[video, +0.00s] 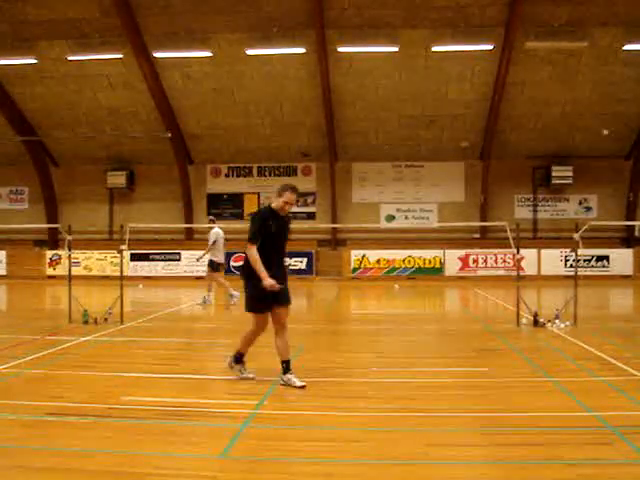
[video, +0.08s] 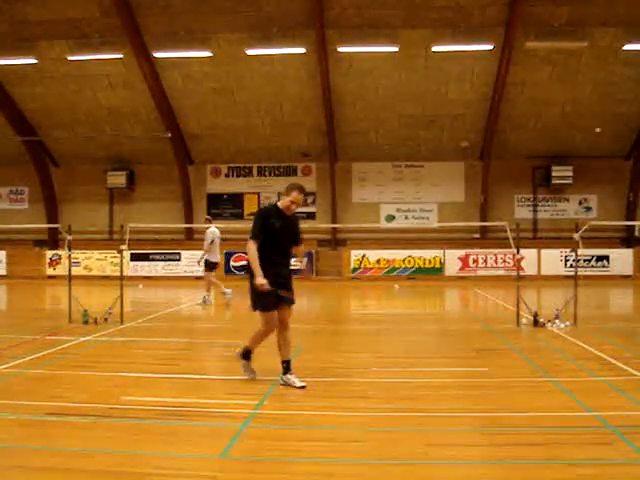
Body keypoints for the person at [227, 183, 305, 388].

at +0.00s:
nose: (288, 207)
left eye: (291, 204)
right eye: (286, 202)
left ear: (293, 204)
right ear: (276, 198)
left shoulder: (284, 220)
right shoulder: (261, 217)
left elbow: (278, 250)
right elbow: (251, 249)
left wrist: (280, 276)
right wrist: (265, 277)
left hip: (278, 275)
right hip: (257, 276)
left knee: (281, 324)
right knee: (260, 324)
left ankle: (286, 371)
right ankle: (237, 359)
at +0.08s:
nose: (293, 207)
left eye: (297, 204)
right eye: (292, 202)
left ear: (300, 204)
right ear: (284, 196)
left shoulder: (292, 220)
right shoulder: (265, 214)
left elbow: (296, 248)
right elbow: (252, 245)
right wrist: (258, 275)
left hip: (283, 274)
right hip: (264, 275)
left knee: (284, 322)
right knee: (269, 325)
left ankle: (286, 371)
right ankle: (245, 353)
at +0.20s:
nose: (300, 203)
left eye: (303, 199)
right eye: (297, 198)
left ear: (306, 199)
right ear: (289, 193)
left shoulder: (305, 218)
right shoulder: (270, 212)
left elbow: (323, 243)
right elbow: (253, 240)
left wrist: (345, 265)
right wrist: (247, 271)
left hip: (291, 274)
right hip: (269, 272)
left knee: (288, 321)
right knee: (281, 319)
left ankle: (287, 371)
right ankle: (265, 357)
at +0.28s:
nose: (300, 201)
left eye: (304, 198)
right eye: (298, 197)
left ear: (307, 198)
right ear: (289, 193)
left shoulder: (307, 217)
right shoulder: (271, 212)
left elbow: (326, 241)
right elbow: (254, 240)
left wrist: (349, 258)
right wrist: (245, 271)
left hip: (293, 273)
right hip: (272, 272)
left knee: (290, 321)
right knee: (283, 318)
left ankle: (287, 371)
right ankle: (270, 363)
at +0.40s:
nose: (301, 199)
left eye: (304, 196)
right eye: (297, 195)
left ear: (309, 194)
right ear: (290, 193)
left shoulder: (315, 214)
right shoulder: (277, 213)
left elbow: (334, 236)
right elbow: (258, 244)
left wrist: (354, 241)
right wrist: (242, 272)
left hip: (303, 276)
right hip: (281, 275)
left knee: (295, 324)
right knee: (290, 322)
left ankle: (288, 371)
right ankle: (291, 375)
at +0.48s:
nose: (302, 200)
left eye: (305, 195)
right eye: (297, 196)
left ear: (310, 194)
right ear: (290, 195)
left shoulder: (319, 214)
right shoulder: (280, 216)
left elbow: (335, 237)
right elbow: (262, 247)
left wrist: (343, 237)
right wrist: (248, 276)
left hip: (310, 277)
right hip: (287, 277)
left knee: (299, 327)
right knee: (295, 327)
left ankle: (289, 370)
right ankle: (304, 379)